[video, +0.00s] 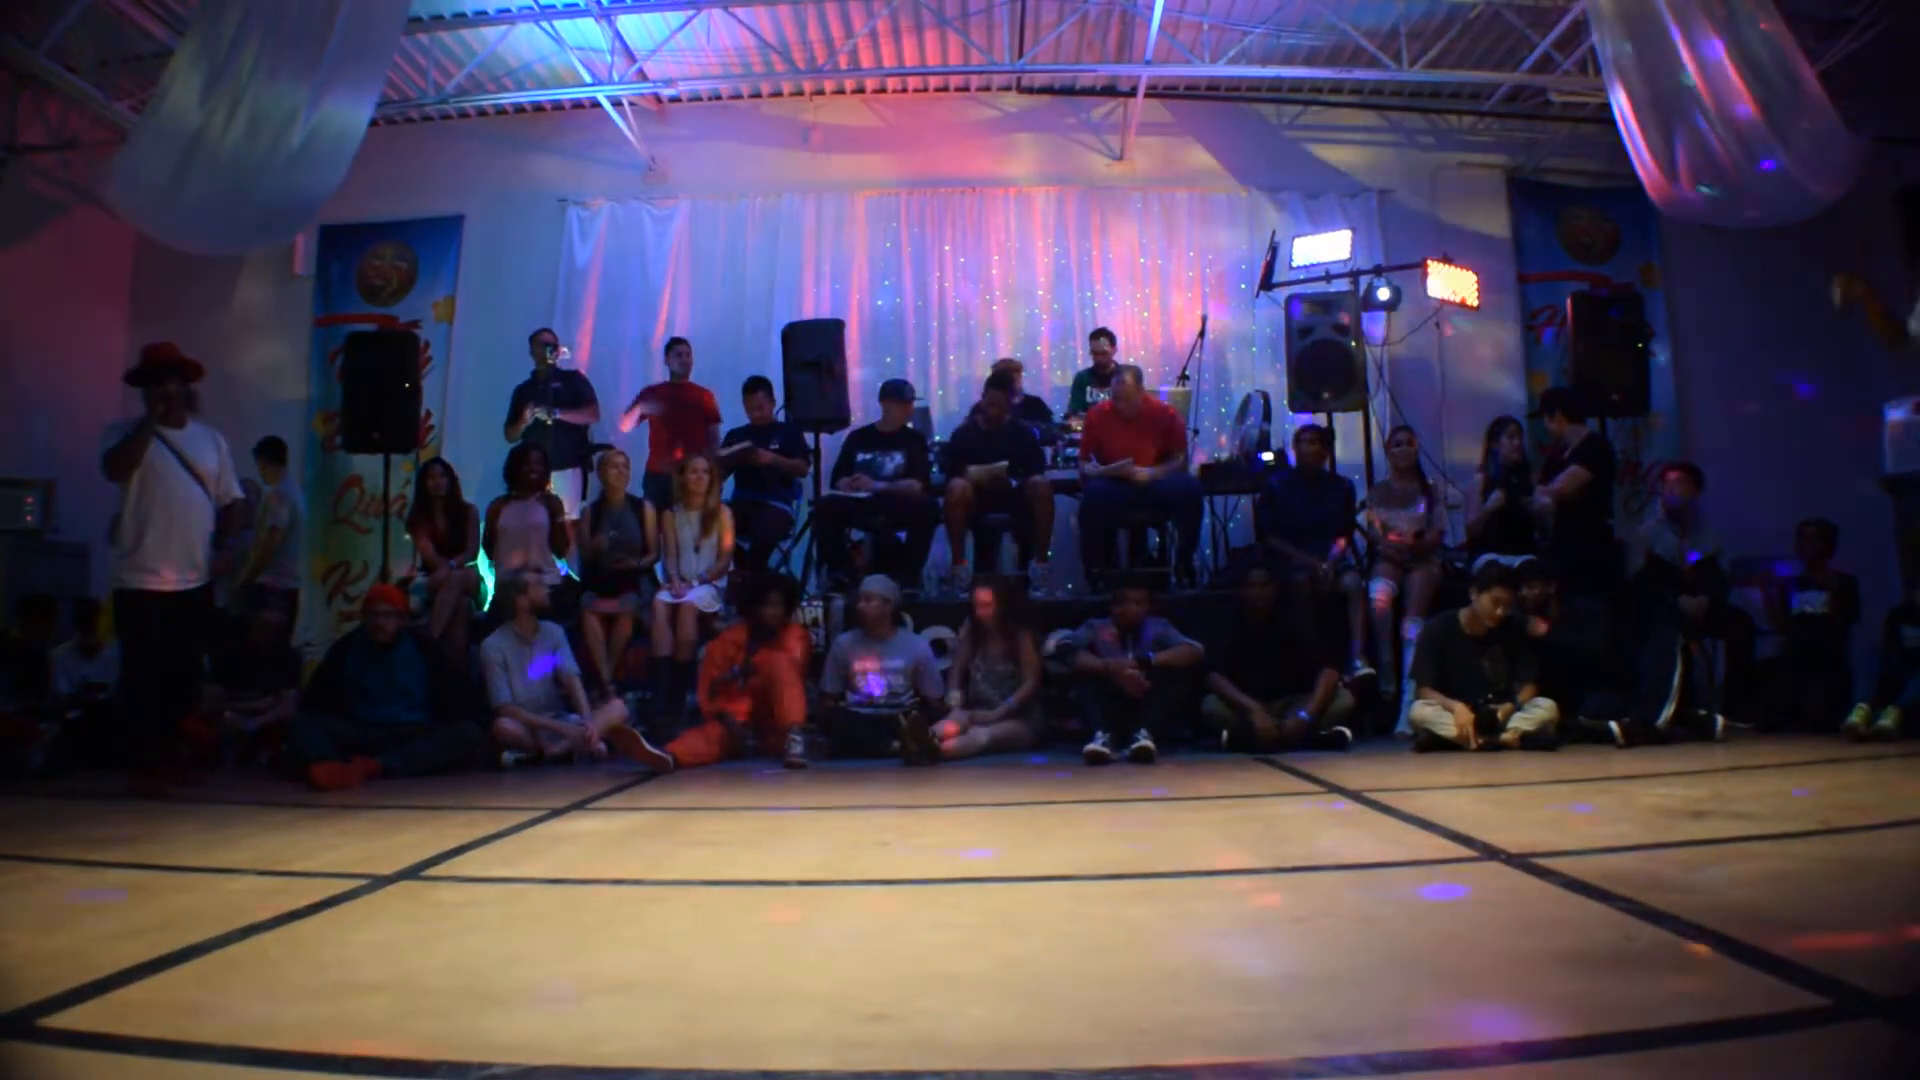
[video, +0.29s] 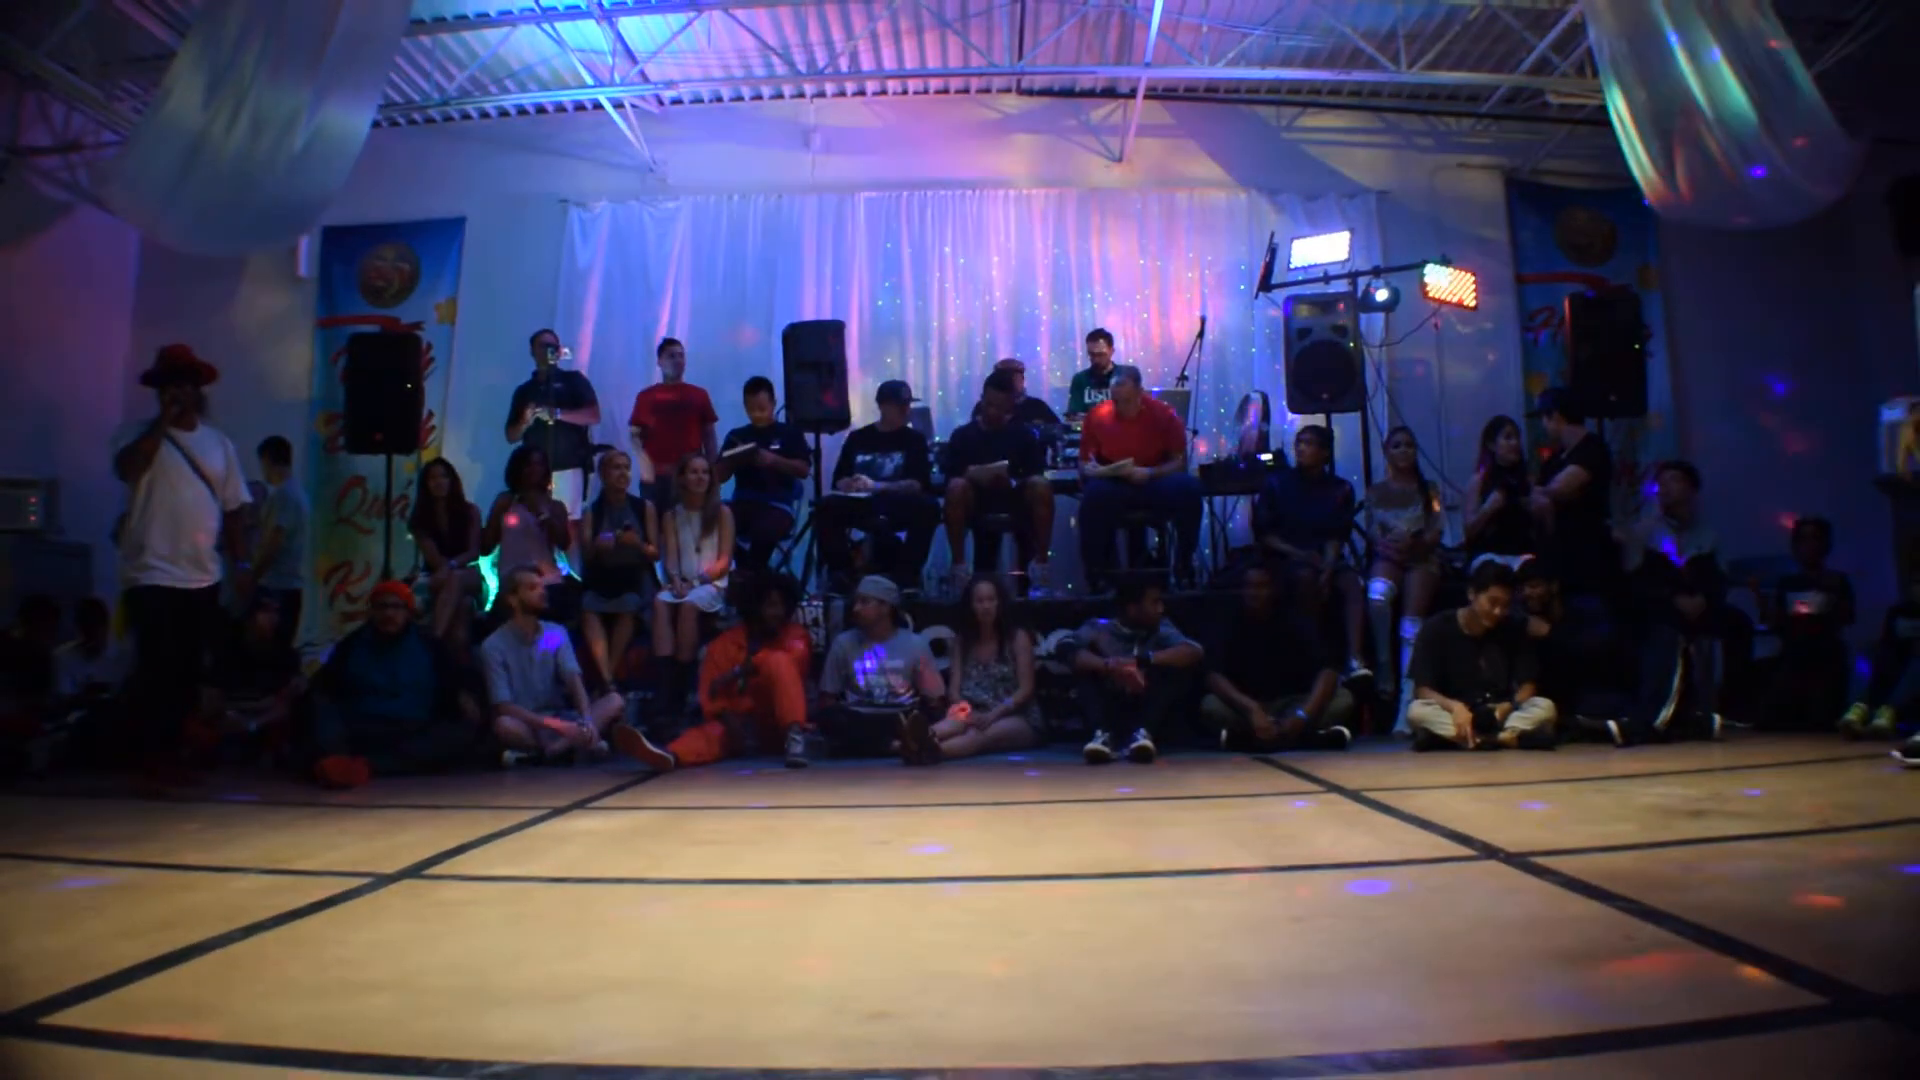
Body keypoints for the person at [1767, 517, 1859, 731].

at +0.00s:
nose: (1809, 547)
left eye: (1816, 540)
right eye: (1805, 540)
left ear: (1828, 546)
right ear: (1798, 545)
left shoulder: (1843, 583)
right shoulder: (1790, 585)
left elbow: (1849, 622)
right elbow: (1781, 624)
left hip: (1832, 661)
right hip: (1795, 662)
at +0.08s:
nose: (1809, 547)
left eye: (1816, 540)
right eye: (1805, 540)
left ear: (1827, 544)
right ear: (1798, 545)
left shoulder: (1844, 583)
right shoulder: (1791, 584)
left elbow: (1852, 620)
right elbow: (1781, 622)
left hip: (1833, 658)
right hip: (1796, 658)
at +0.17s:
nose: (1811, 546)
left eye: (1817, 539)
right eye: (1806, 540)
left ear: (1828, 543)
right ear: (1797, 545)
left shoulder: (1844, 583)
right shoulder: (1787, 584)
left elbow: (1853, 620)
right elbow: (1778, 622)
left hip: (1834, 657)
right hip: (1796, 658)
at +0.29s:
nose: (1808, 546)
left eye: (1814, 539)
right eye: (1802, 540)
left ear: (1825, 544)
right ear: (1795, 544)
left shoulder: (1837, 581)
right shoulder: (1785, 583)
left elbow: (1847, 617)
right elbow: (1774, 621)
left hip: (1829, 658)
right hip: (1793, 658)